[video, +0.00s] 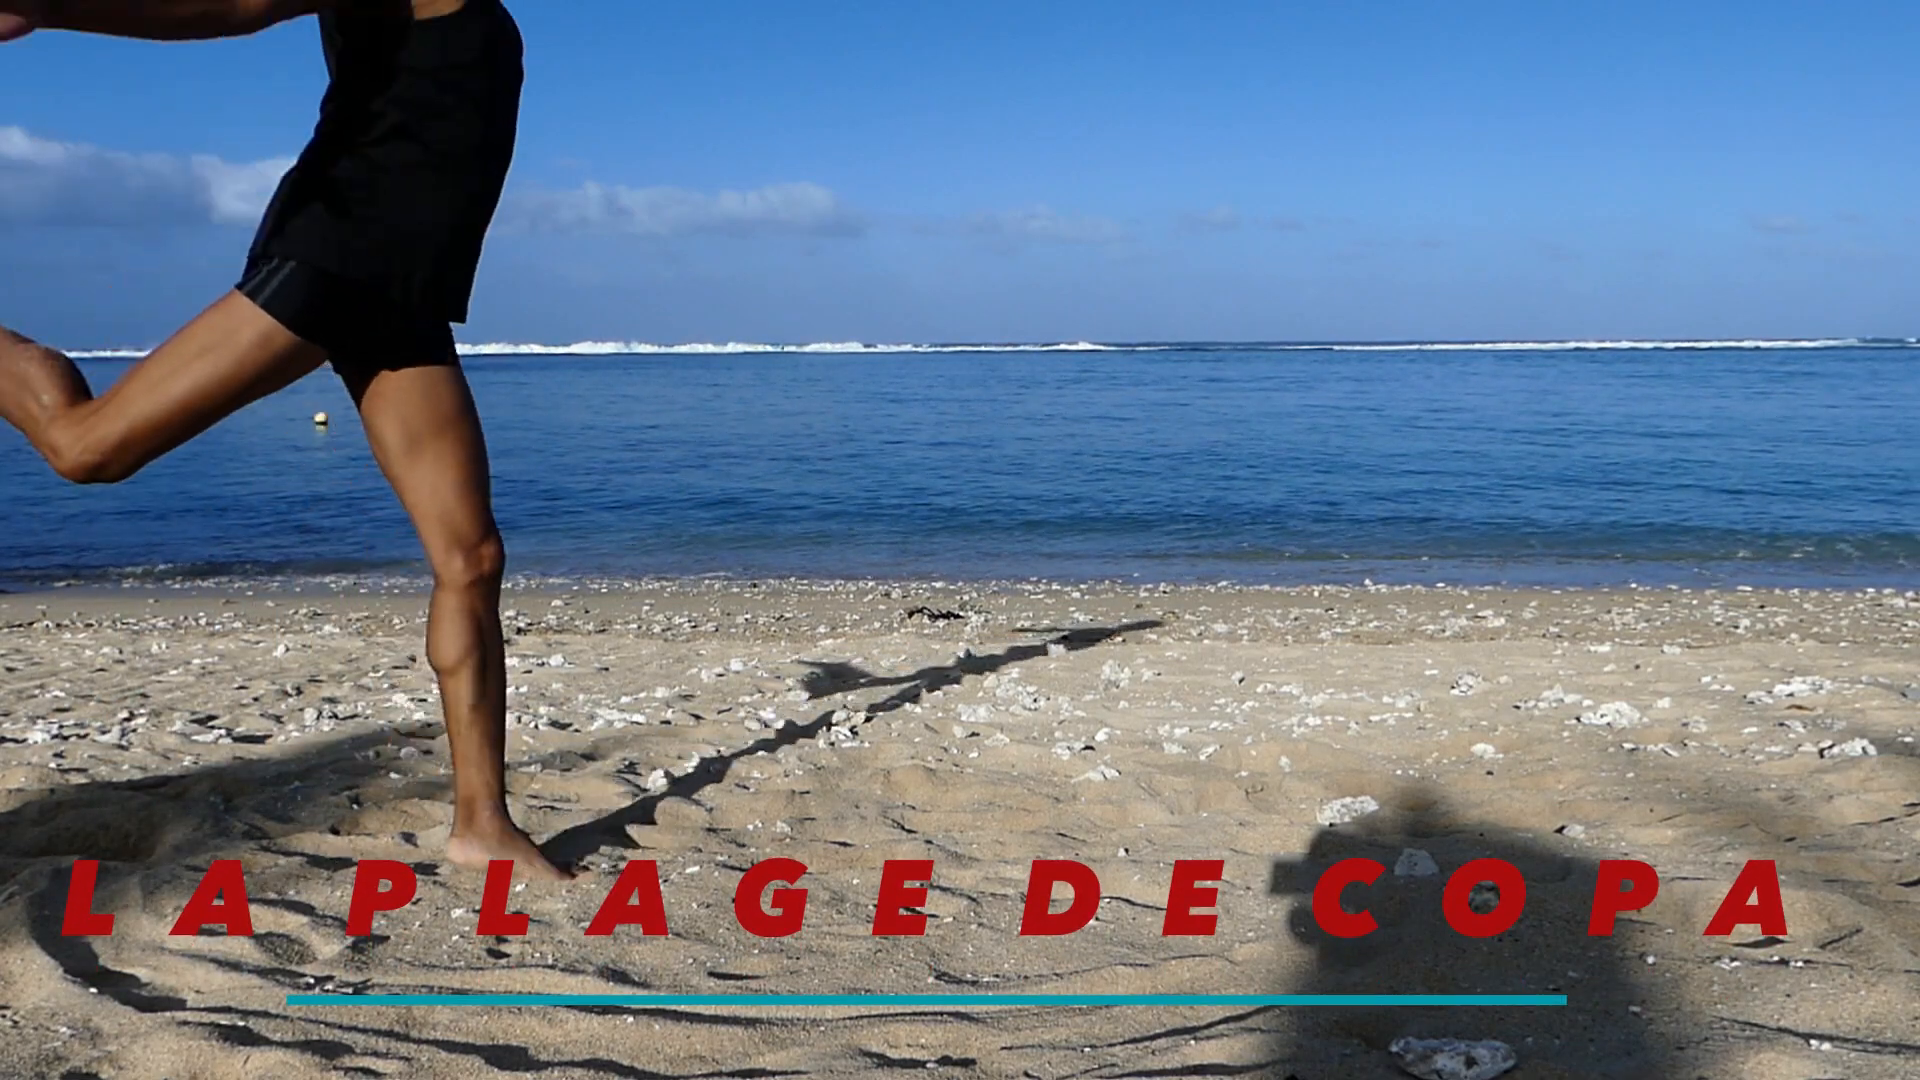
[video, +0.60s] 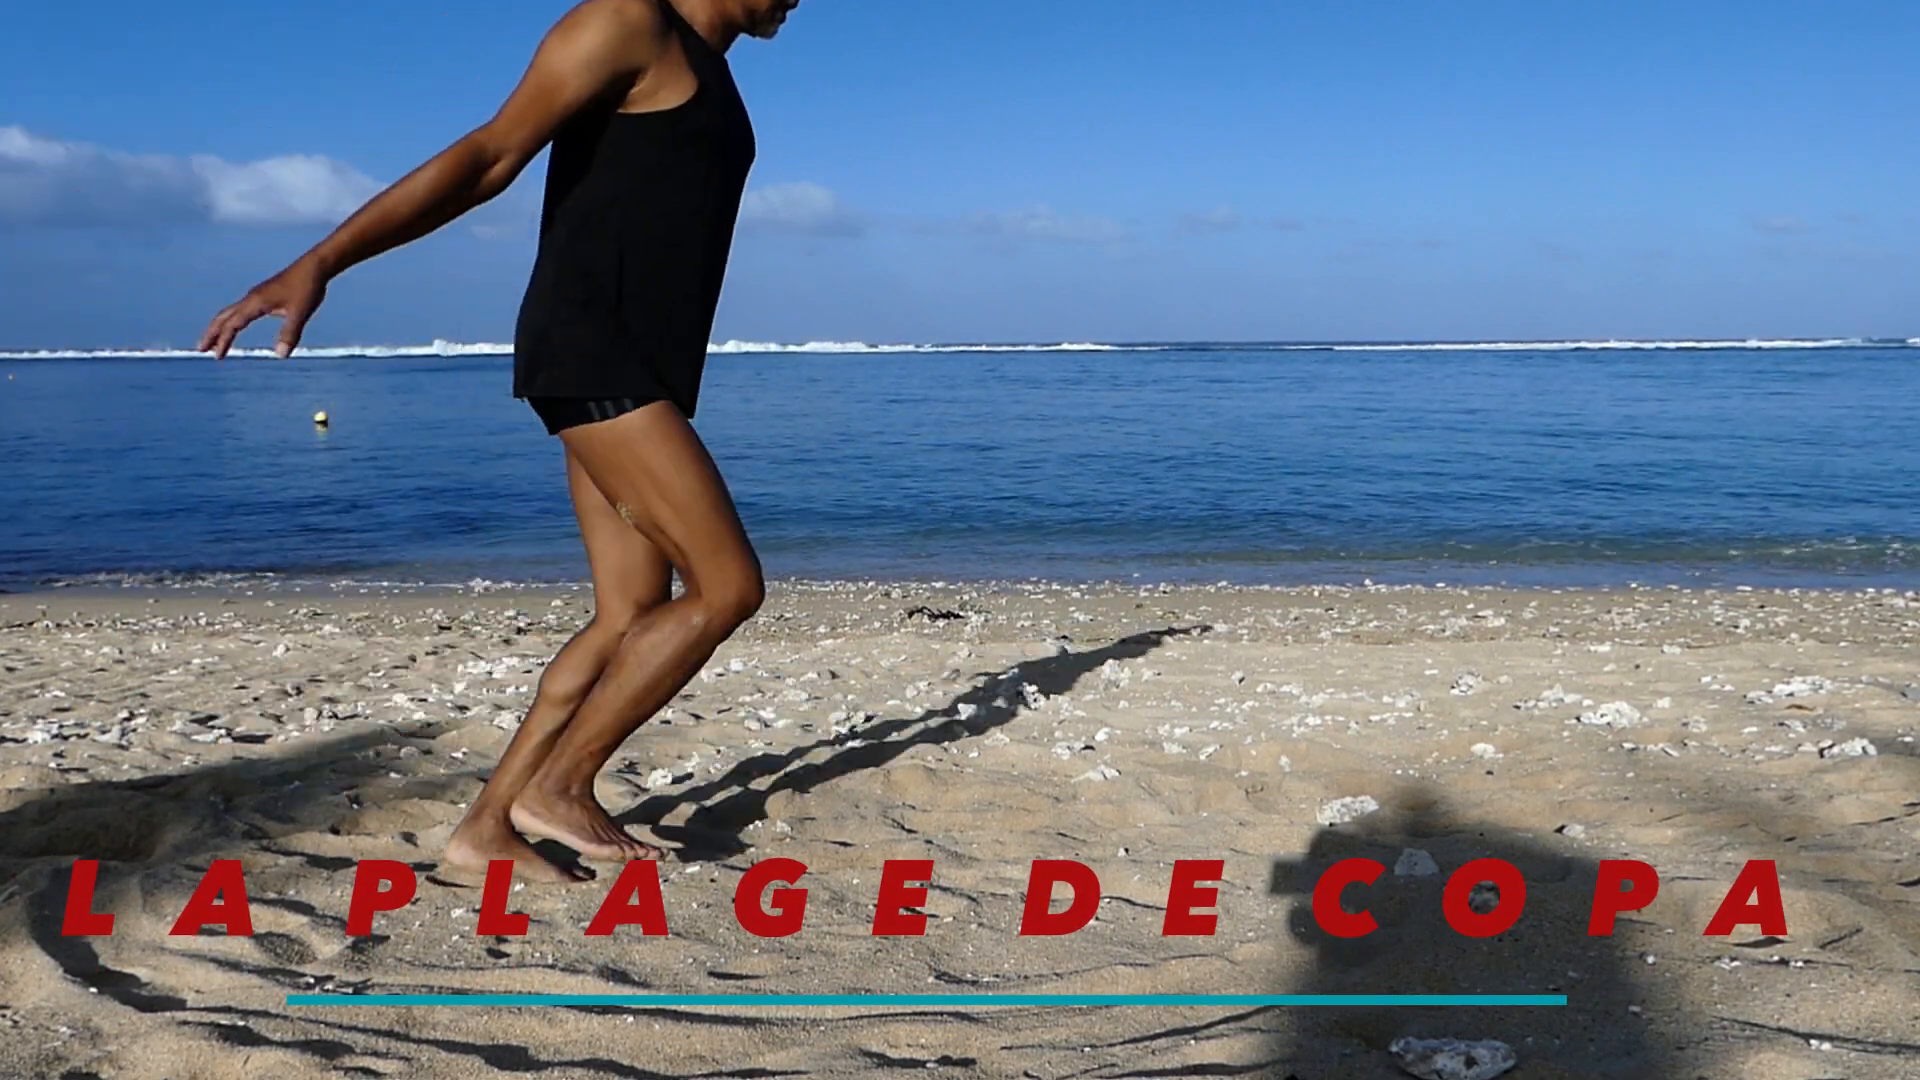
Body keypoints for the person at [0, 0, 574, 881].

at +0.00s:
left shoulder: (472, 18)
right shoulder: (389, 5)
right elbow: (232, 9)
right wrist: (53, 10)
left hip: (399, 286)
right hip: (334, 257)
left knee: (469, 558)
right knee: (86, 448)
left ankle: (482, 824)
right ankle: (6, 347)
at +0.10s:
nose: (598, 1)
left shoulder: (527, 59)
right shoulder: (456, 14)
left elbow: (455, 166)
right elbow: (287, 74)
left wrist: (383, 223)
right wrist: (80, 106)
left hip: (463, 355)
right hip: (389, 323)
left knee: (546, 596)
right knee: (174, 534)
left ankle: (476, 849)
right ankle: (18, 384)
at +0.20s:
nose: (653, 6)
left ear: (613, 3)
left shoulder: (559, 78)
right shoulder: (488, 32)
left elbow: (498, 221)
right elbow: (319, 122)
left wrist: (405, 276)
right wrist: (117, 173)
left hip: (500, 381)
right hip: (417, 355)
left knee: (585, 607)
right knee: (261, 597)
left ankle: (477, 848)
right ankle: (68, 452)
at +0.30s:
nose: (709, 13)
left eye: (712, 3)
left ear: (647, 4)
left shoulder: (606, 87)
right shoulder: (528, 47)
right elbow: (366, 165)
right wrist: (172, 247)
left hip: (552, 400)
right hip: (466, 381)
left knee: (611, 621)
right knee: (416, 642)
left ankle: (479, 844)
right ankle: (172, 572)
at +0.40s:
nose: (734, 10)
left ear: (682, 1)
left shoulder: (640, 96)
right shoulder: (555, 42)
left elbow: (593, 275)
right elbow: (401, 173)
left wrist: (600, 413)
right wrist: (215, 268)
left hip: (585, 401)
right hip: (501, 383)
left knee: (619, 625)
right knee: (520, 642)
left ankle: (479, 846)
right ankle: (262, 651)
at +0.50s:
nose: (769, 6)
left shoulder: (674, 71)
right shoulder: (593, 31)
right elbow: (450, 167)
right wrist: (276, 268)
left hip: (615, 377)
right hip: (558, 366)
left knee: (623, 617)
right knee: (655, 606)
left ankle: (486, 830)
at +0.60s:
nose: (788, 3)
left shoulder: (698, 58)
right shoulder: (623, 23)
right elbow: (485, 158)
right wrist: (319, 263)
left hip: (629, 362)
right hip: (591, 357)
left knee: (630, 615)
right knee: (728, 585)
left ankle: (486, 829)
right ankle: (561, 789)